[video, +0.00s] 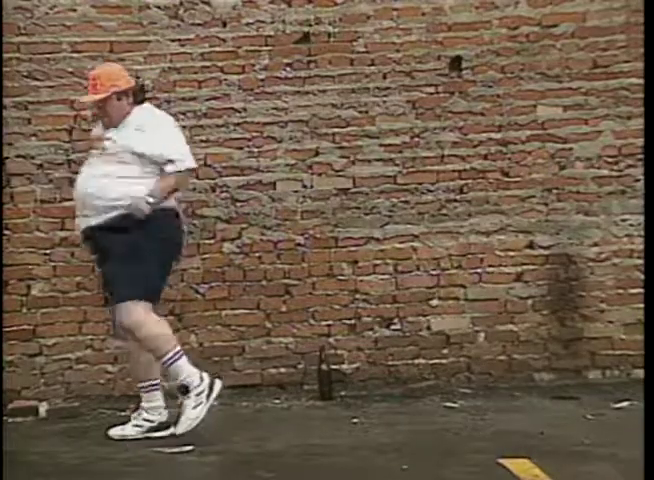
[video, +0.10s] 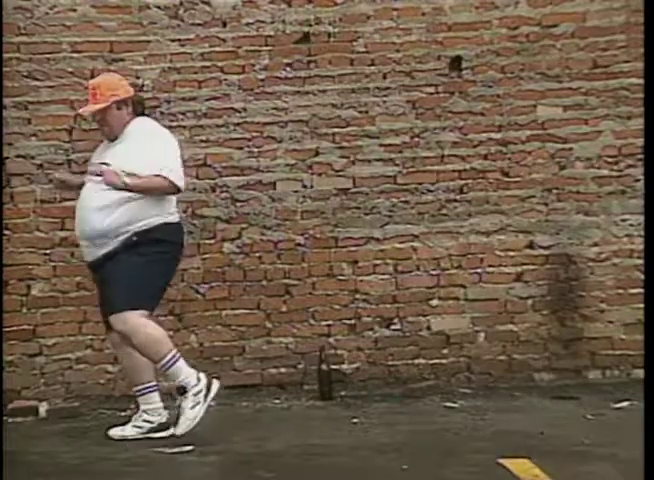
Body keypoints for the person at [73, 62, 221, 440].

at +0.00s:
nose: (96, 108)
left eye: (102, 101)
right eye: (94, 102)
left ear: (125, 97)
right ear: (102, 101)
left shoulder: (151, 121)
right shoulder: (109, 132)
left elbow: (183, 170)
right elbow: (114, 178)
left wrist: (153, 197)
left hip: (145, 225)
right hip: (113, 231)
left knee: (132, 314)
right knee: (126, 324)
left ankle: (196, 383)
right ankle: (153, 410)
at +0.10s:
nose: (97, 119)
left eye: (102, 111)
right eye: (95, 112)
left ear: (124, 107)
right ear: (103, 112)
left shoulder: (149, 133)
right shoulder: (109, 146)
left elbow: (171, 182)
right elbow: (104, 184)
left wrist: (124, 182)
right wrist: (74, 181)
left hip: (149, 238)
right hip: (112, 248)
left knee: (126, 318)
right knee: (119, 331)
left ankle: (194, 384)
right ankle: (152, 412)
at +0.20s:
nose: (87, 117)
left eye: (91, 109)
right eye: (85, 111)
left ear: (113, 103)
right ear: (100, 107)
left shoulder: (139, 130)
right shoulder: (104, 142)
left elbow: (150, 174)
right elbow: (90, 187)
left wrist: (96, 163)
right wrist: (47, 174)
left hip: (155, 239)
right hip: (117, 247)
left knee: (134, 320)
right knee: (123, 328)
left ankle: (175, 401)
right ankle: (151, 406)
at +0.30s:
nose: (76, 119)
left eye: (81, 110)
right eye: (74, 112)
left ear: (103, 106)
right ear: (90, 110)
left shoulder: (123, 129)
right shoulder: (97, 149)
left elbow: (112, 168)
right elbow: (73, 188)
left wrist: (57, 167)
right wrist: (27, 187)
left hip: (161, 240)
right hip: (133, 249)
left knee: (147, 329)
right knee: (137, 329)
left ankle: (161, 416)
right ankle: (151, 409)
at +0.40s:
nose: (79, 130)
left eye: (84, 122)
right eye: (77, 123)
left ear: (107, 117)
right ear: (90, 121)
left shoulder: (125, 140)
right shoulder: (104, 151)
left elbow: (84, 174)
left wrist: (41, 202)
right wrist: (66, 193)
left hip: (165, 252)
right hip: (136, 257)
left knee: (148, 334)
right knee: (134, 333)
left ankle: (164, 418)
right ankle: (154, 409)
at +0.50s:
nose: (84, 132)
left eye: (90, 124)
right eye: (80, 126)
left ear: (112, 119)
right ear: (79, 126)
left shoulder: (130, 142)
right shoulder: (95, 156)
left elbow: (101, 181)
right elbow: (79, 188)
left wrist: (73, 197)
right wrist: (67, 208)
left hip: (158, 254)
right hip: (122, 259)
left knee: (143, 337)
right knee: (121, 336)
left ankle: (164, 417)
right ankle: (150, 409)